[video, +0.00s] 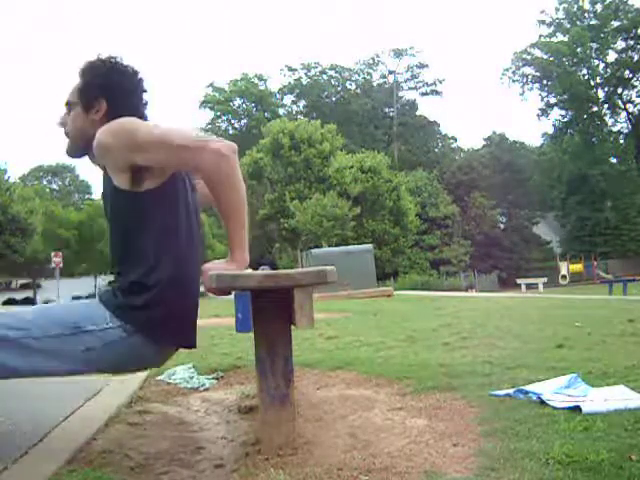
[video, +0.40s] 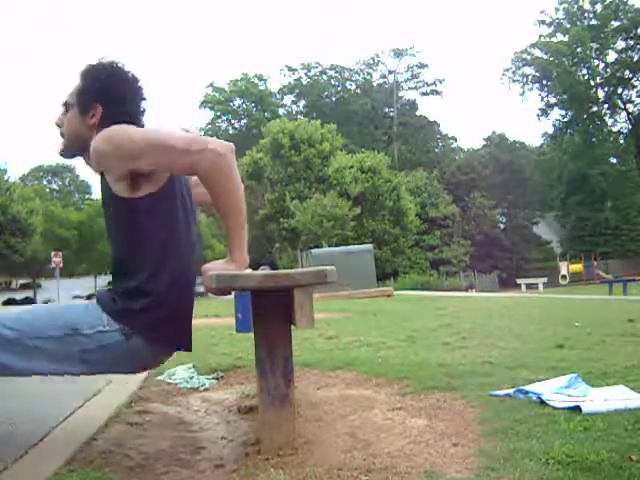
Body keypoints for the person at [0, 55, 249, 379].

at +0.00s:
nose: (62, 121)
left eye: (70, 108)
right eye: (65, 108)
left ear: (98, 110)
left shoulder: (114, 137)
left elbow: (220, 154)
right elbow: (219, 189)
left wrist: (238, 258)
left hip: (134, 324)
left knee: (3, 332)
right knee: (7, 323)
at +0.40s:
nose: (59, 120)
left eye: (67, 109)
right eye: (63, 109)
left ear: (94, 115)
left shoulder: (110, 143)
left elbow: (217, 155)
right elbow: (220, 194)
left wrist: (239, 258)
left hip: (131, 327)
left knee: (3, 330)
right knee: (8, 322)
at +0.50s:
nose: (62, 81)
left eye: (72, 69)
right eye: (68, 69)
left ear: (99, 76)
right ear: (100, 77)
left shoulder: (110, 109)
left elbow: (212, 153)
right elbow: (202, 187)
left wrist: (237, 257)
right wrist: (240, 250)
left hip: (120, 293)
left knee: (2, 316)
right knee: (5, 311)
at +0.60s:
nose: (64, 44)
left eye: (73, 32)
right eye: (68, 33)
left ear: (102, 36)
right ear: (101, 37)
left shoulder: (115, 73)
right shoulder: (143, 82)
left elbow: (187, 155)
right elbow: (193, 163)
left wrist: (233, 255)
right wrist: (233, 256)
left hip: (109, 259)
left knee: (3, 306)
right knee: (5, 317)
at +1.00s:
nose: (59, 88)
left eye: (67, 75)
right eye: (63, 76)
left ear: (96, 78)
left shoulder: (112, 108)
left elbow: (214, 153)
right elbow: (204, 190)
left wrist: (238, 257)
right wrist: (240, 254)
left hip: (125, 296)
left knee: (3, 322)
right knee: (5, 320)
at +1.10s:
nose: (58, 121)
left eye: (66, 108)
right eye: (61, 109)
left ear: (94, 109)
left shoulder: (112, 137)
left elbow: (221, 155)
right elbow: (219, 202)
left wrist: (239, 259)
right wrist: (243, 259)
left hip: (134, 327)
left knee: (3, 328)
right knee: (10, 316)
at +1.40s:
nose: (53, 140)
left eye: (62, 127)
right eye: (57, 128)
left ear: (88, 132)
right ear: (88, 133)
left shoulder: (106, 159)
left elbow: (216, 156)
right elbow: (210, 194)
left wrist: (239, 259)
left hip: (133, 346)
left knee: (2, 333)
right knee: (7, 327)